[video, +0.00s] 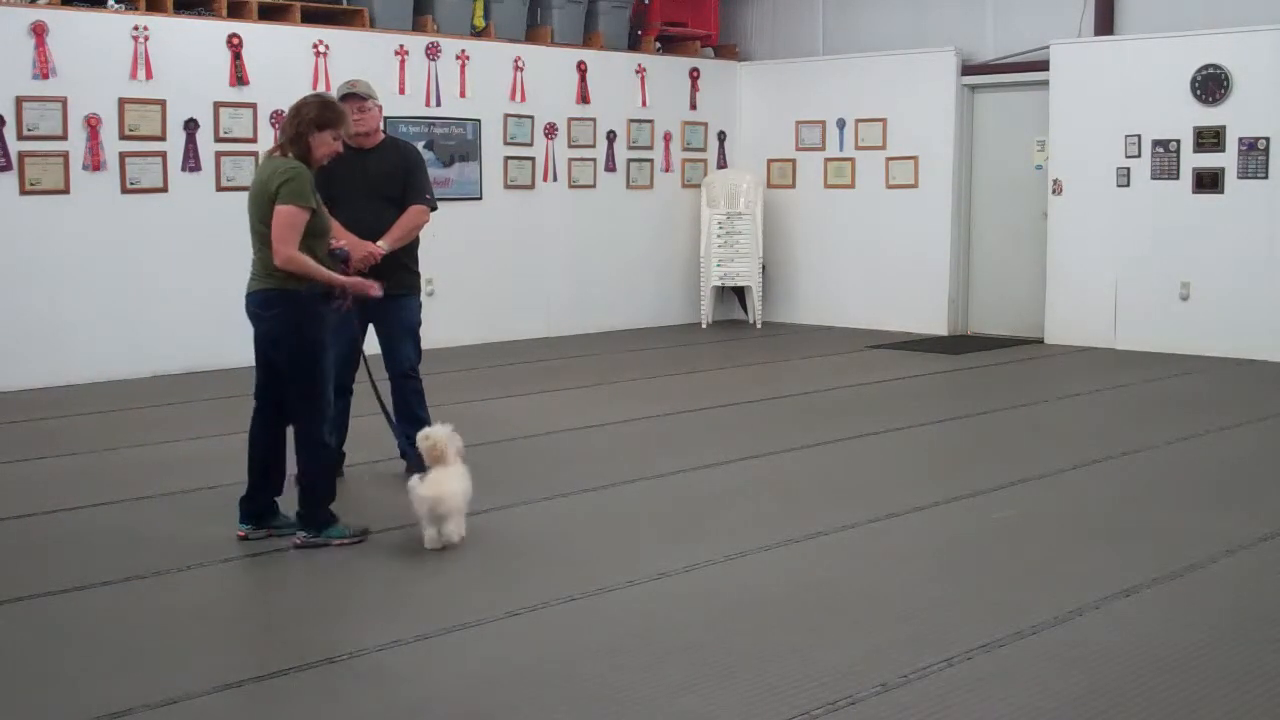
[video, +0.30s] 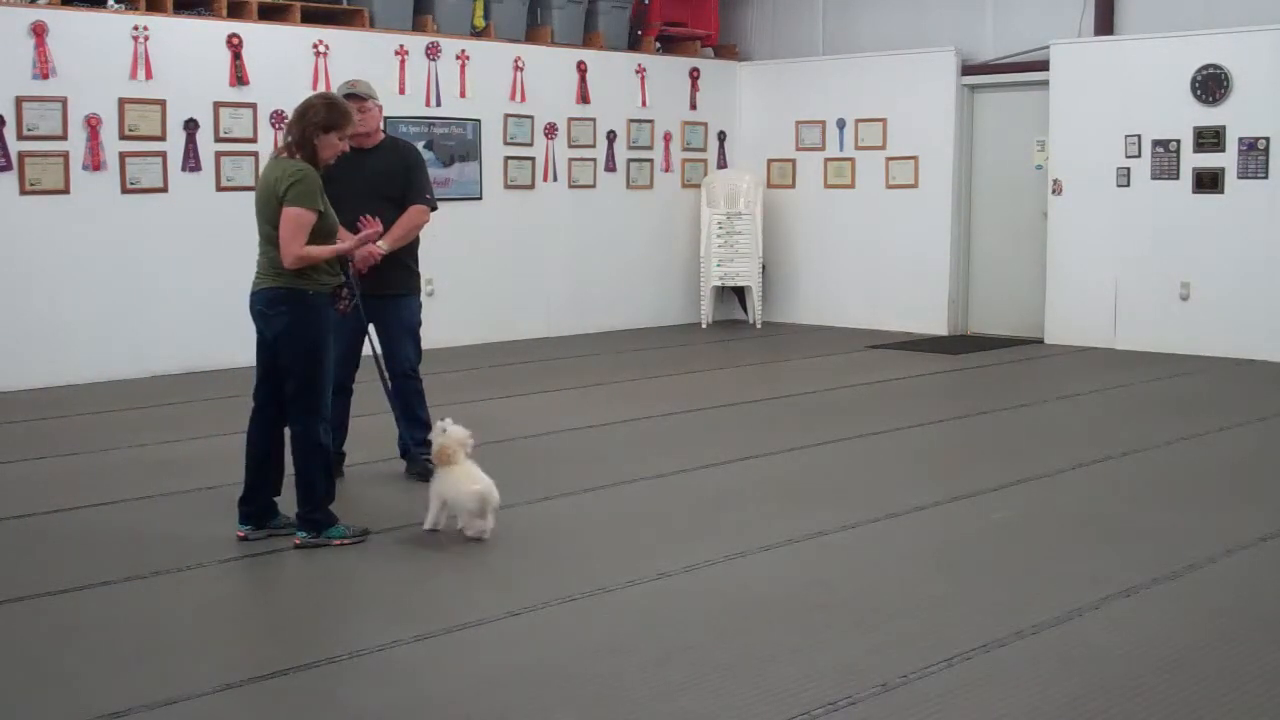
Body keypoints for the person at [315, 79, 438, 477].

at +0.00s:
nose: (361, 116)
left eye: (366, 109)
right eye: (353, 111)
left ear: (380, 112)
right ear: (341, 118)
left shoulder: (405, 154)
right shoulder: (327, 160)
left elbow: (421, 210)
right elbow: (313, 212)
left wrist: (375, 250)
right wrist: (351, 244)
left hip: (397, 285)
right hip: (342, 286)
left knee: (406, 372)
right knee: (336, 377)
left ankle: (415, 454)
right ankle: (329, 458)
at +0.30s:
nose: (360, 116)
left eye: (366, 108)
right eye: (353, 110)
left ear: (380, 112)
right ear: (341, 116)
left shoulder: (404, 154)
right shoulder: (327, 159)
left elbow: (421, 210)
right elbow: (312, 213)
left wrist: (377, 248)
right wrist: (349, 243)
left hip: (395, 286)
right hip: (342, 287)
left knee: (406, 373)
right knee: (336, 378)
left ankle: (418, 453)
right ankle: (330, 456)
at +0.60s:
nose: (361, 116)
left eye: (366, 109)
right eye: (353, 111)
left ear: (380, 111)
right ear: (341, 116)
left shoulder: (405, 154)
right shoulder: (327, 160)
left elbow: (420, 211)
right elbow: (316, 218)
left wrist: (376, 250)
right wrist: (351, 246)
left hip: (396, 286)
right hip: (343, 287)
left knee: (406, 371)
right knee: (336, 377)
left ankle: (418, 450)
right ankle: (330, 455)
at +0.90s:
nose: (360, 115)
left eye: (366, 108)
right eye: (353, 110)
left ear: (380, 112)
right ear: (340, 117)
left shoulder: (405, 154)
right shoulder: (327, 159)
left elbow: (421, 210)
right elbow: (314, 218)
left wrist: (379, 249)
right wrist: (349, 245)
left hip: (397, 283)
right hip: (343, 283)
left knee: (406, 371)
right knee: (336, 376)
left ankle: (418, 450)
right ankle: (330, 455)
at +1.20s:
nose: (357, 115)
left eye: (363, 108)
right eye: (350, 110)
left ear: (379, 112)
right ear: (339, 118)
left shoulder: (404, 153)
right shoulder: (325, 161)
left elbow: (421, 211)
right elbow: (313, 218)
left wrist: (376, 250)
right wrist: (351, 246)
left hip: (396, 284)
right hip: (343, 284)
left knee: (406, 371)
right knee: (335, 376)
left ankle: (418, 450)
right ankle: (330, 454)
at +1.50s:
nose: (358, 117)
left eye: (364, 109)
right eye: (350, 112)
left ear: (379, 112)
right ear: (338, 118)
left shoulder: (404, 153)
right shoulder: (324, 160)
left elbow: (420, 210)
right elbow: (311, 214)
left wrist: (377, 250)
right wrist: (349, 245)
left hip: (396, 283)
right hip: (342, 283)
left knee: (406, 371)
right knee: (335, 376)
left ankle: (418, 450)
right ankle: (330, 455)